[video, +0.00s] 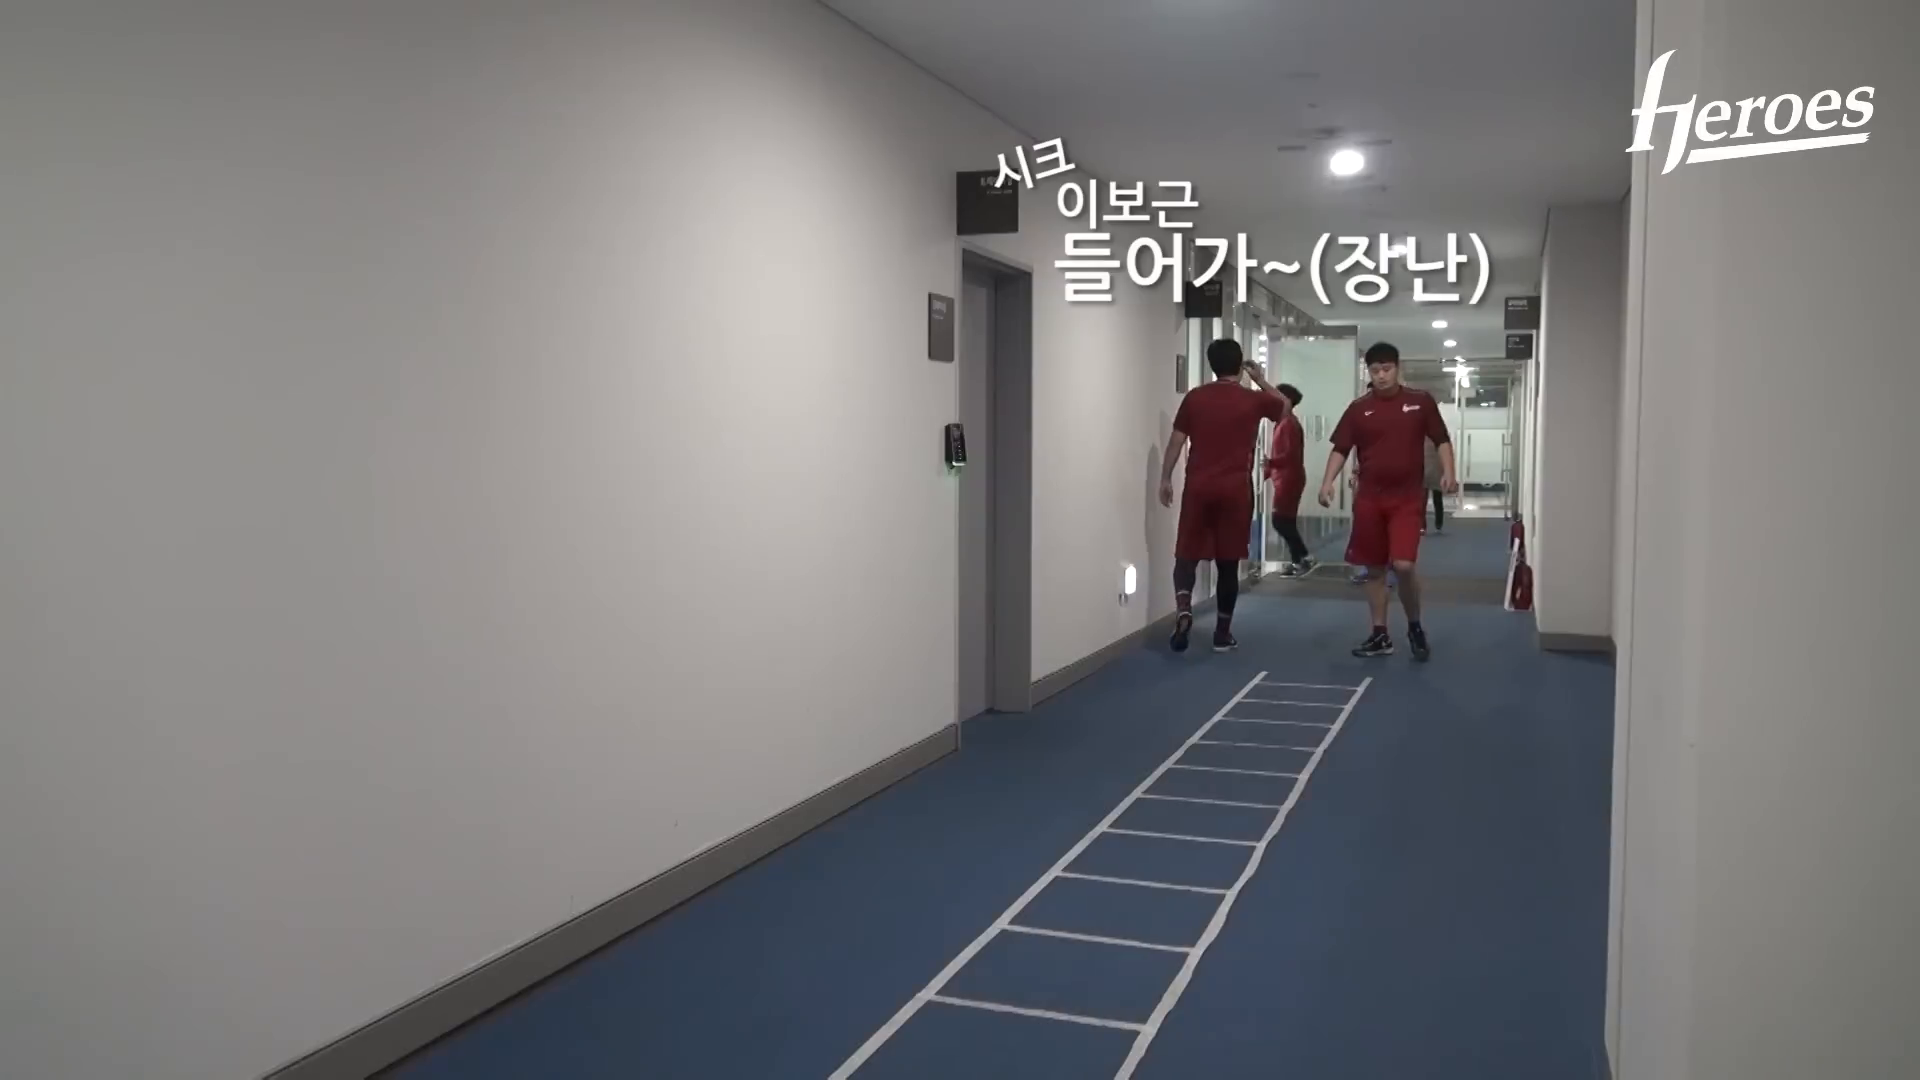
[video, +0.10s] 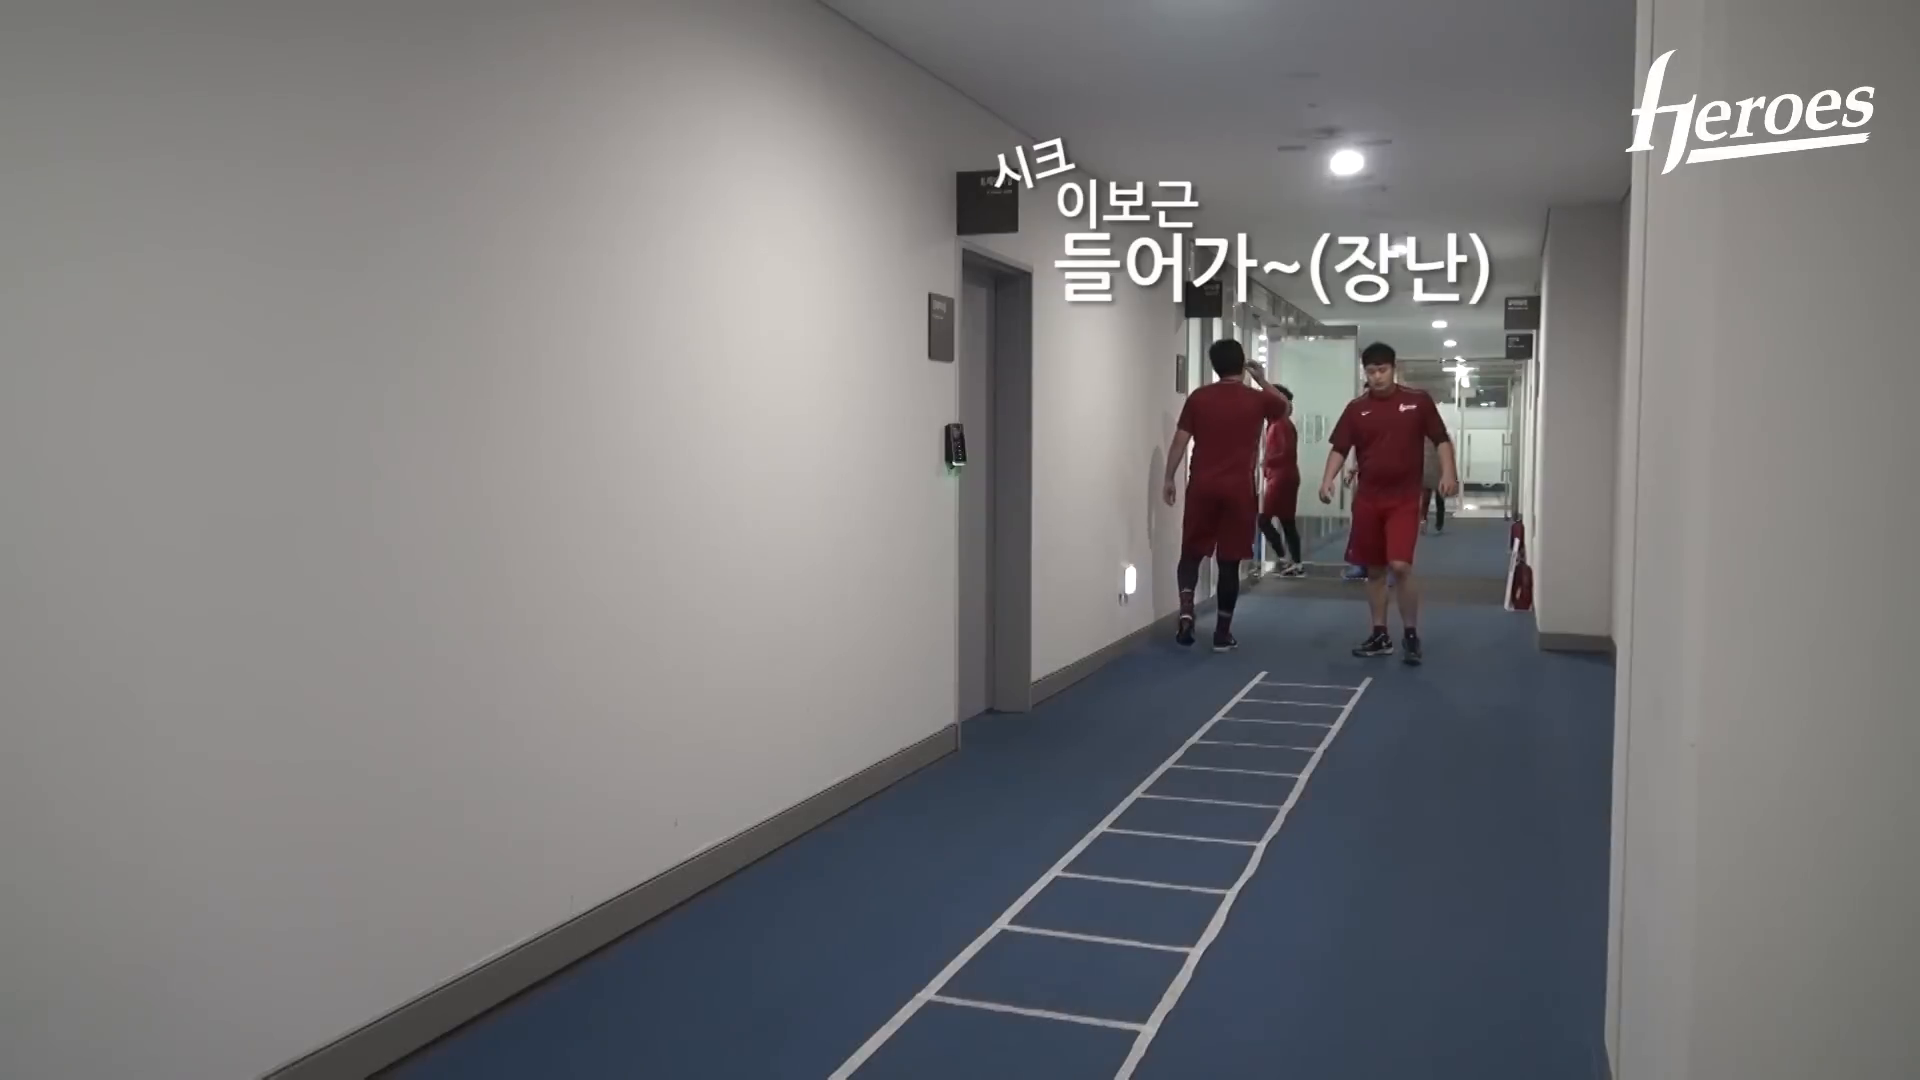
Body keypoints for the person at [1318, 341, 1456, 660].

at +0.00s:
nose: (1381, 375)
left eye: (1386, 369)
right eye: (1375, 370)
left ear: (1397, 370)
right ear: (1368, 373)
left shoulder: (1421, 402)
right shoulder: (1358, 409)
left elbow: (1441, 440)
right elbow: (1340, 448)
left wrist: (1449, 473)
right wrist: (1327, 481)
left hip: (1408, 497)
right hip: (1369, 498)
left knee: (1402, 566)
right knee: (1374, 569)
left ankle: (1415, 628)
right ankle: (1379, 634)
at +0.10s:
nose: (1376, 375)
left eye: (1382, 369)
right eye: (1371, 370)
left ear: (1394, 370)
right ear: (1364, 373)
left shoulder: (1418, 402)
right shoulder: (1355, 409)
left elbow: (1442, 440)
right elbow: (1339, 448)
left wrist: (1449, 474)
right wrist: (1327, 479)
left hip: (1405, 498)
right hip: (1368, 499)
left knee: (1400, 566)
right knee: (1374, 570)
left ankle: (1410, 635)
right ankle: (1379, 635)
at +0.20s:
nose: (1375, 376)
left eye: (1380, 370)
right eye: (1369, 371)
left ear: (1393, 370)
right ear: (1363, 373)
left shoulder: (1417, 401)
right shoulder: (1355, 408)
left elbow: (1441, 443)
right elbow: (1340, 449)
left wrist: (1447, 482)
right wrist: (1328, 482)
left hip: (1404, 500)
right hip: (1367, 500)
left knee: (1400, 570)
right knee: (1374, 570)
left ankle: (1405, 639)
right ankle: (1379, 634)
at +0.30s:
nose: (1375, 377)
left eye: (1381, 370)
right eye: (1370, 371)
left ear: (1393, 370)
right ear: (1363, 373)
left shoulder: (1417, 402)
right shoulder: (1357, 407)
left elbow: (1437, 447)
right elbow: (1343, 451)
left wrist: (1446, 488)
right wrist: (1329, 488)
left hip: (1403, 502)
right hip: (1366, 502)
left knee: (1400, 573)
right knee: (1375, 572)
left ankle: (1403, 641)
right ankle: (1379, 634)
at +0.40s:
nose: (1377, 375)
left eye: (1383, 369)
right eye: (1371, 370)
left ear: (1396, 370)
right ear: (1366, 371)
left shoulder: (1418, 402)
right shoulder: (1360, 406)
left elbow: (1438, 448)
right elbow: (1347, 452)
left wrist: (1446, 488)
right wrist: (1330, 490)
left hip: (1403, 502)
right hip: (1366, 502)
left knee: (1400, 572)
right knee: (1376, 572)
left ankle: (1403, 642)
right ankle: (1380, 633)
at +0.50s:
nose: (1381, 375)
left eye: (1387, 369)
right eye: (1376, 369)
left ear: (1400, 369)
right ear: (1370, 370)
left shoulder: (1421, 403)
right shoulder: (1362, 407)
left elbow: (1441, 449)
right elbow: (1351, 452)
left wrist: (1446, 491)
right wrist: (1336, 489)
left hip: (1404, 501)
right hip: (1368, 500)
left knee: (1400, 571)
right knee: (1377, 571)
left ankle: (1403, 642)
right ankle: (1380, 634)